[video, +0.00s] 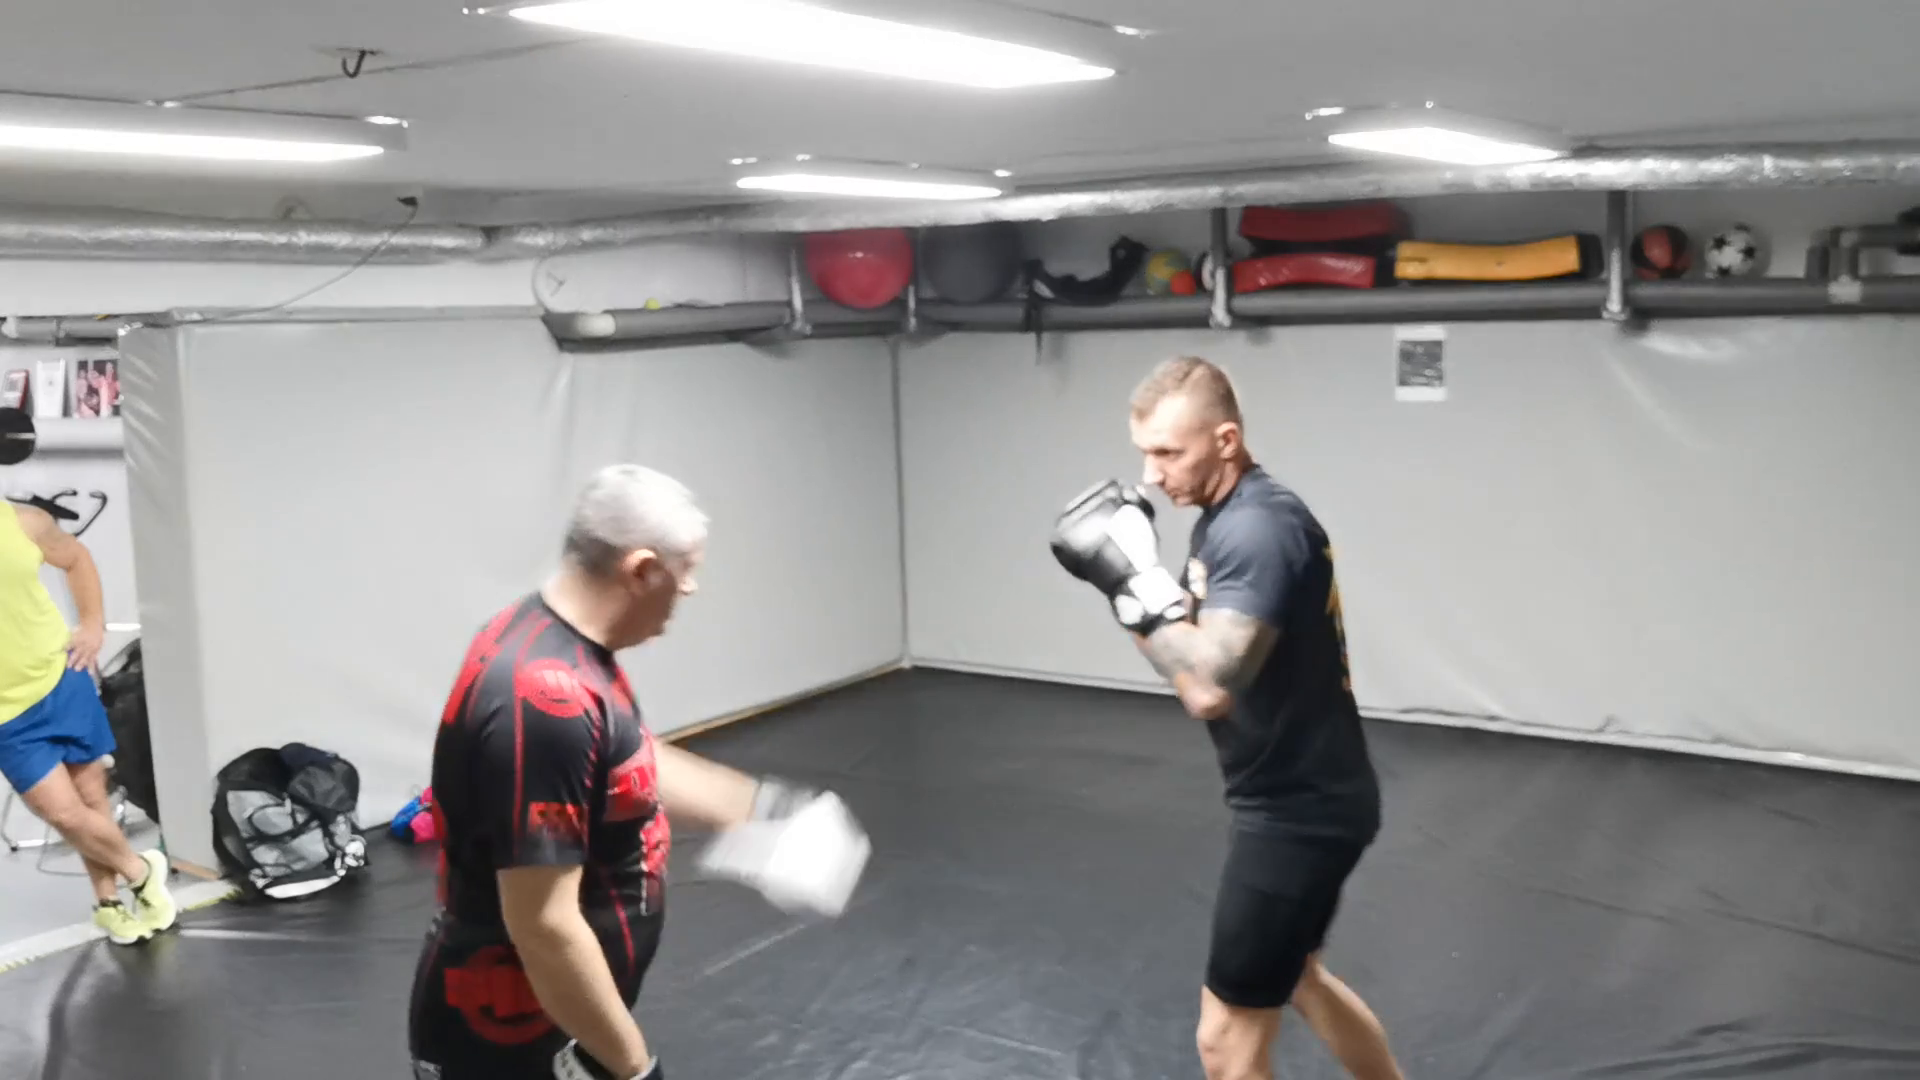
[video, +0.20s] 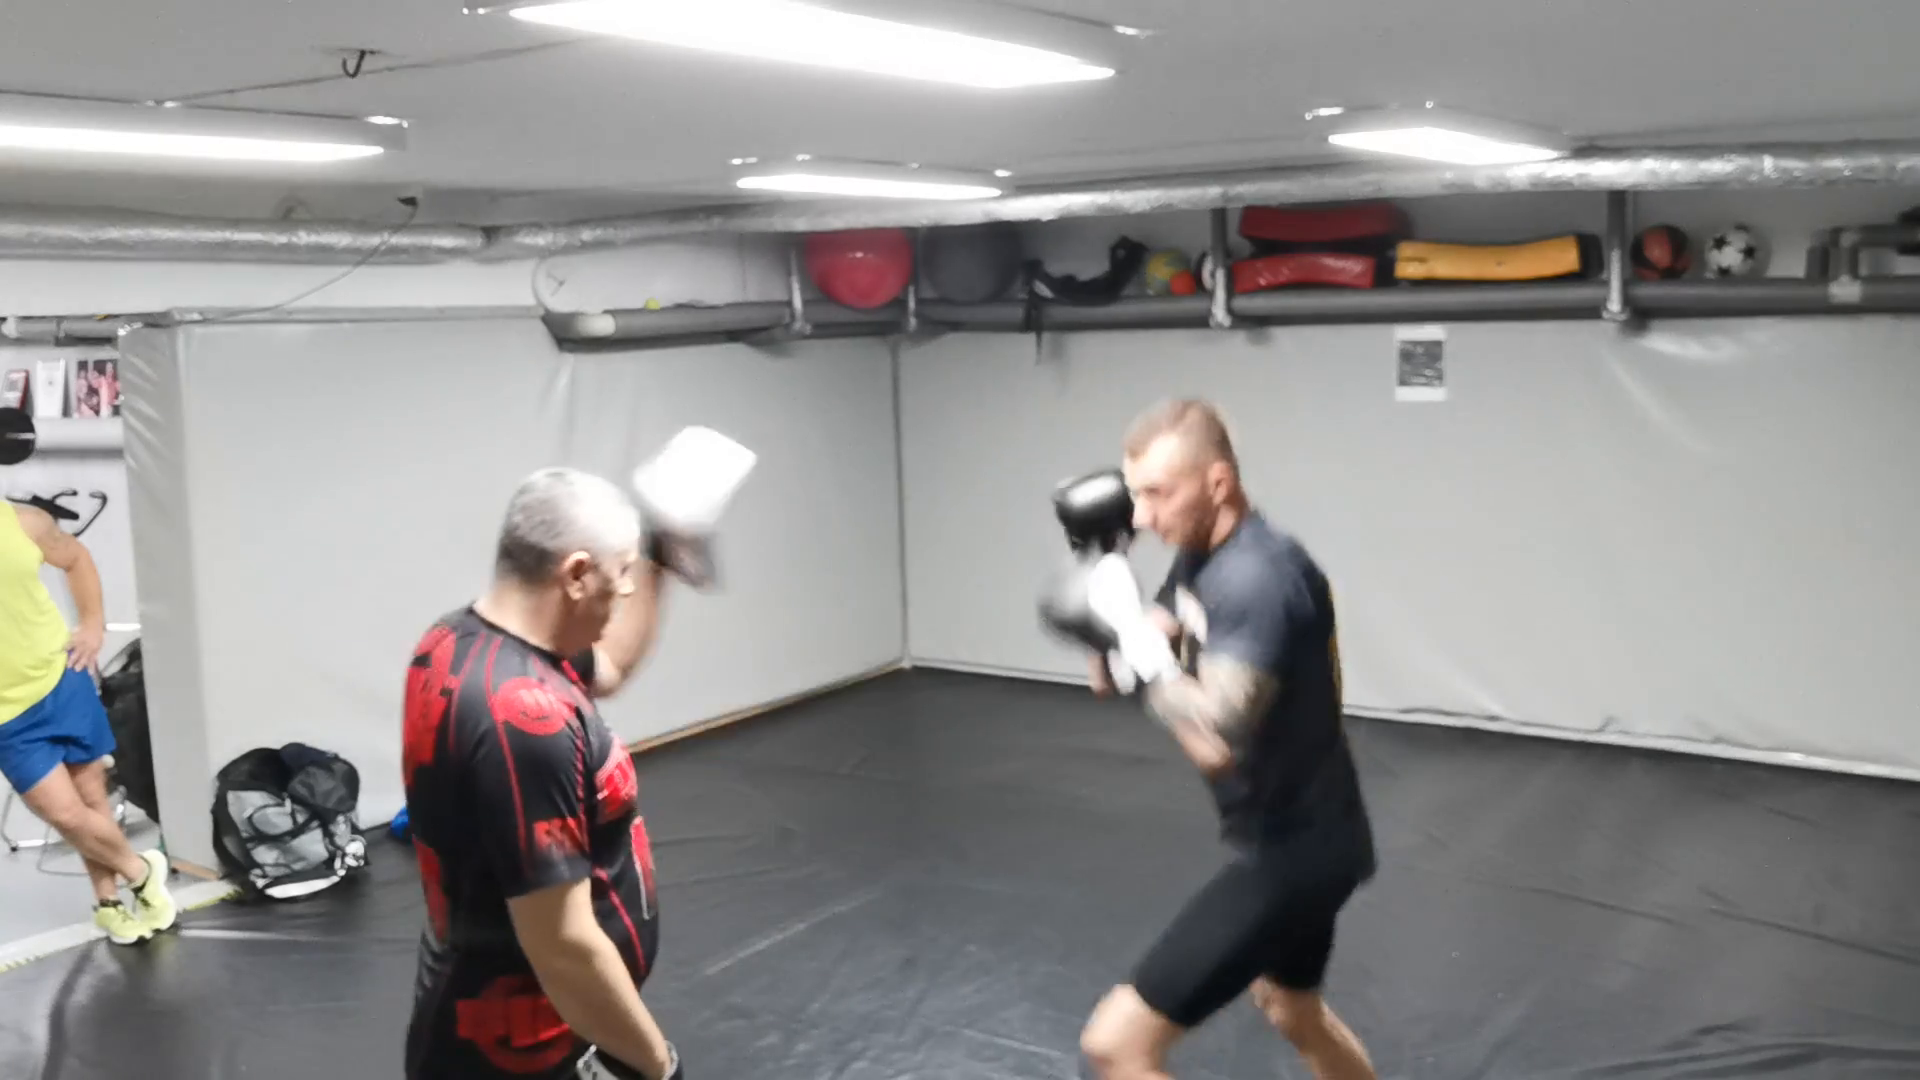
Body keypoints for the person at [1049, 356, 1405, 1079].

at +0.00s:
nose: (1154, 474)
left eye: (1168, 454)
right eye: (1147, 456)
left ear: (1226, 439)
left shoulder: (1259, 527)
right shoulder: (1223, 521)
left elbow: (1209, 682)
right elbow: (1194, 675)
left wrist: (1138, 579)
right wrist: (1131, 590)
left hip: (1297, 812)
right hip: (1285, 801)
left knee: (1229, 1041)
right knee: (1300, 978)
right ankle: (1389, 1076)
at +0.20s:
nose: (1143, 514)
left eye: (1157, 493)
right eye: (1136, 496)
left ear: (1218, 483)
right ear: (1214, 487)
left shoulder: (1262, 577)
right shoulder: (1204, 557)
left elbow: (1215, 741)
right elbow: (1123, 674)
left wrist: (1138, 638)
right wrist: (1104, 579)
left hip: (1303, 850)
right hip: (1289, 838)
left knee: (1117, 1044)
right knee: (1291, 1009)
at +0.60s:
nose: (1027, 549)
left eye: (1043, 527)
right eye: (1023, 527)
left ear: (1109, 518)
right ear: (1117, 520)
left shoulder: (1101, 596)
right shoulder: (1197, 584)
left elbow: (1010, 703)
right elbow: (1147, 660)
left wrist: (865, 689)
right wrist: (1056, 615)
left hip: (1187, 911)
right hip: (1258, 888)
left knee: (1056, 1068)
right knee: (1245, 1045)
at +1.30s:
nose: (1113, 560)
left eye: (1121, 537)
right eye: (1107, 539)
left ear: (1183, 515)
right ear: (1190, 515)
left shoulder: (1228, 607)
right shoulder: (1277, 574)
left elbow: (1154, 797)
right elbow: (1189, 759)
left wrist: (1087, 665)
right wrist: (1135, 645)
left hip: (1287, 917)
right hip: (1348, 897)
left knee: (1193, 1071)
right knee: (1328, 1066)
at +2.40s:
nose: (958, 582)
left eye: (966, 554)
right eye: (953, 557)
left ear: (1030, 537)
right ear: (1037, 537)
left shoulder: (1043, 639)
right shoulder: (1155, 620)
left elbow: (998, 846)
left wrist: (913, 719)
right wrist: (990, 658)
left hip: (1060, 993)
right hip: (1165, 980)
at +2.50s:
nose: (946, 568)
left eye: (955, 539)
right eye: (943, 542)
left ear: (1020, 521)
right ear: (1029, 522)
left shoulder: (1032, 626)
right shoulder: (1151, 608)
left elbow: (997, 848)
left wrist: (907, 721)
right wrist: (995, 646)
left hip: (1059, 1007)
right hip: (1171, 995)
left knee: (934, 1069)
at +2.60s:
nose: (923, 590)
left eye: (933, 564)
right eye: (919, 567)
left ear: (997, 543)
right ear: (1005, 542)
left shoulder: (1011, 666)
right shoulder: (1130, 630)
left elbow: (950, 900)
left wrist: (873, 759)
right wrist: (977, 655)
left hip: (1060, 1045)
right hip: (1173, 1034)